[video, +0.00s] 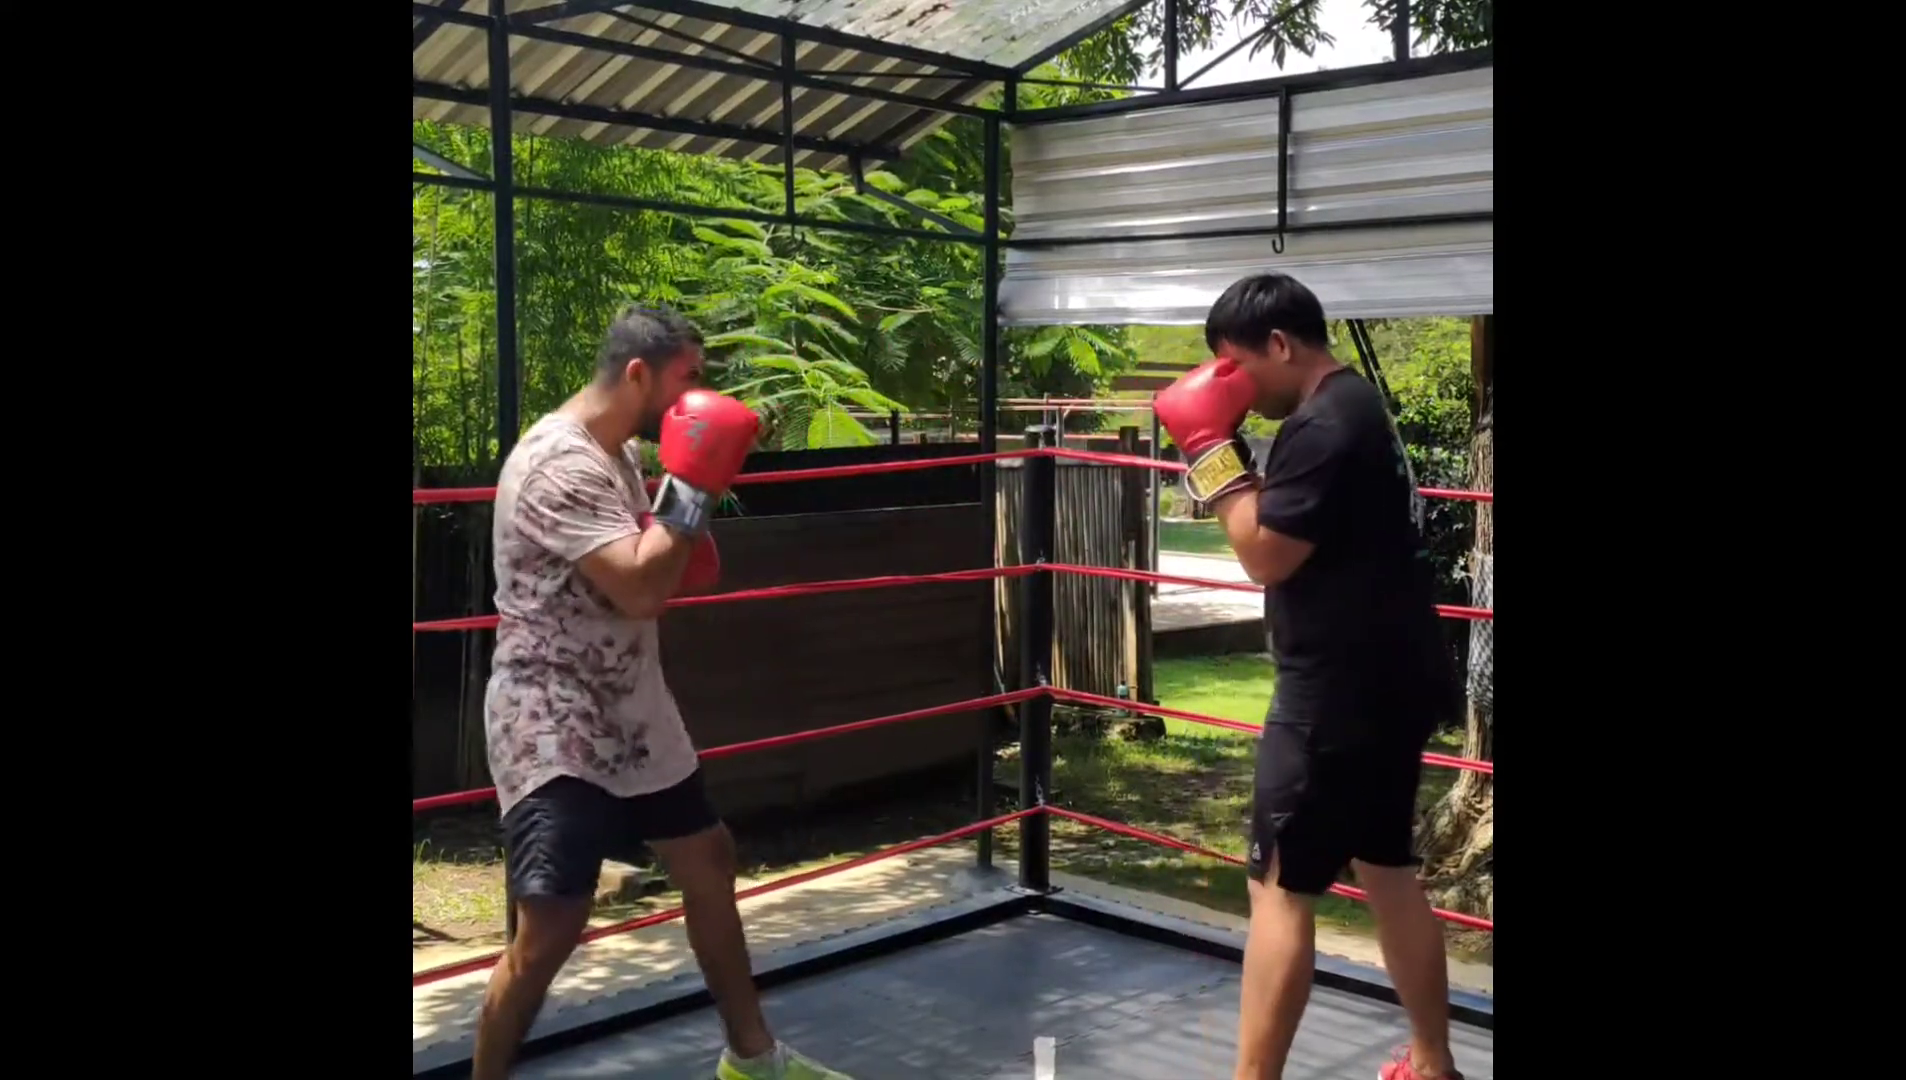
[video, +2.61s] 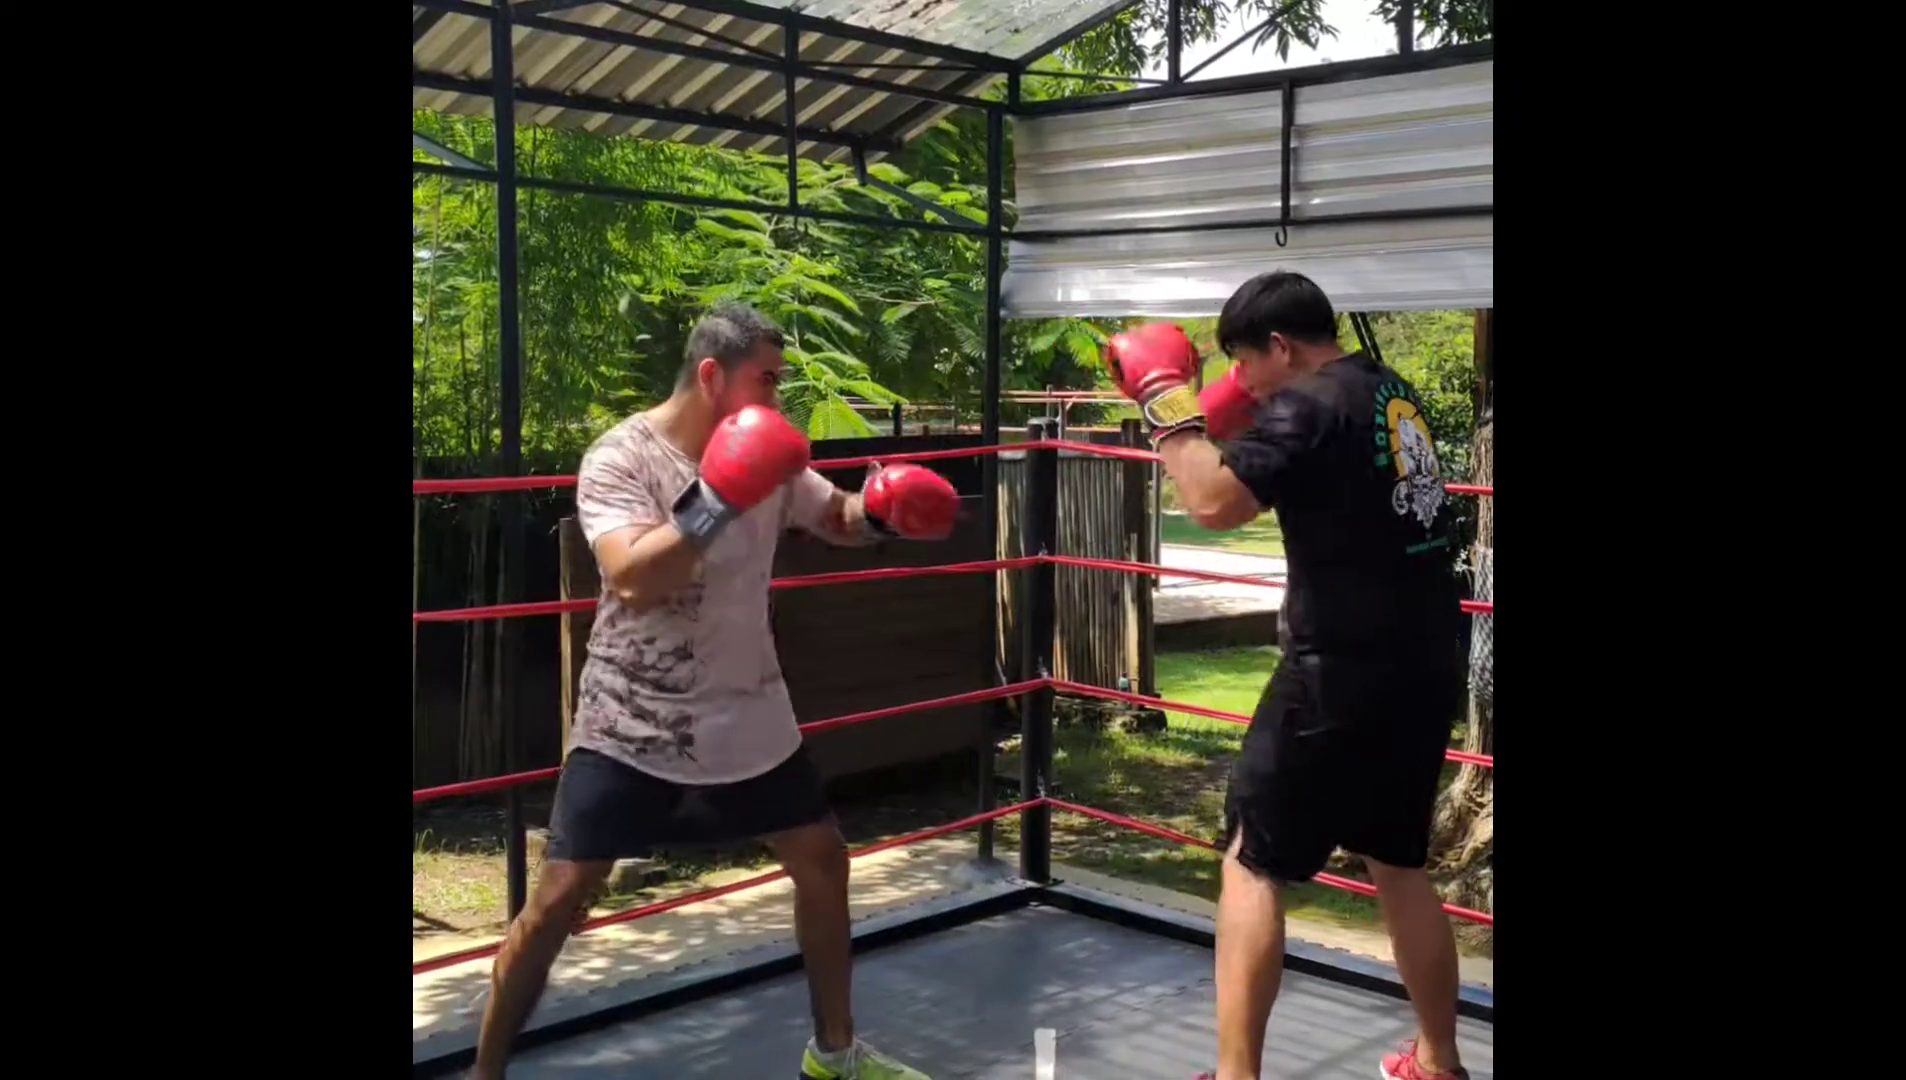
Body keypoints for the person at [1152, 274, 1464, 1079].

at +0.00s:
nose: (1232, 381)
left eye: (1233, 363)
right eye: (1225, 368)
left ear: (1280, 346)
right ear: (1295, 344)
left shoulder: (1326, 423)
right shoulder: (1355, 403)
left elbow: (1268, 559)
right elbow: (1280, 539)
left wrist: (1213, 455)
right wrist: (1229, 452)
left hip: (1331, 691)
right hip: (1387, 686)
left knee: (1278, 886)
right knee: (1388, 872)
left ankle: (1254, 1072)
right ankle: (1433, 1062)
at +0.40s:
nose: (1219, 388)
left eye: (1219, 370)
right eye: (1212, 375)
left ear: (1260, 351)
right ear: (1290, 348)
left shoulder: (1287, 426)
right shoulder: (1366, 406)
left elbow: (1194, 530)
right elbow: (1300, 501)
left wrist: (1165, 435)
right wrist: (1220, 434)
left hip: (1314, 682)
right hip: (1404, 679)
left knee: (1242, 871)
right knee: (1385, 866)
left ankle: (1241, 1070)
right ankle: (1432, 1063)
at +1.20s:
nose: (1193, 387)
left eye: (1191, 367)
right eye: (1187, 371)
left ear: (1230, 350)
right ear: (1274, 342)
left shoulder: (1254, 416)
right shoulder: (1346, 397)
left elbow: (1168, 512)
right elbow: (1290, 490)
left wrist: (1094, 453)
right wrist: (1203, 446)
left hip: (1281, 685)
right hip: (1385, 681)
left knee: (1218, 872)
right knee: (1387, 870)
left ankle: (1204, 1070)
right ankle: (1432, 1059)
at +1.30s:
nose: (1184, 380)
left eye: (1183, 365)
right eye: (1178, 367)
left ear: (1217, 351)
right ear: (1270, 340)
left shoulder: (1214, 409)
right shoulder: (1345, 393)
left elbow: (1064, 433)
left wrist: (952, 389)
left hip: (1281, 678)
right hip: (1386, 678)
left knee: (1222, 871)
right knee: (1389, 867)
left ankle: (1206, 1068)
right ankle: (1434, 1054)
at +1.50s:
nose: (1198, 385)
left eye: (1197, 363)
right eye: (1194, 365)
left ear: (1233, 344)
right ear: (1271, 341)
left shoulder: (1251, 402)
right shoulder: (1342, 394)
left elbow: (1159, 513)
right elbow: (1287, 495)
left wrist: (1062, 445)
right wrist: (1197, 444)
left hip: (1286, 680)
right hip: (1383, 679)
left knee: (1226, 874)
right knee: (1389, 864)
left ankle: (1214, 1070)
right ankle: (1435, 1054)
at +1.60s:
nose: (1208, 386)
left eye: (1209, 367)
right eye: (1201, 371)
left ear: (1251, 346)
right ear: (1273, 343)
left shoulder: (1280, 425)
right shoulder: (1348, 401)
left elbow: (1226, 561)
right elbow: (1294, 532)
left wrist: (1168, 464)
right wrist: (1217, 447)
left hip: (1304, 685)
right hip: (1389, 682)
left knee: (1245, 880)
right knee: (1388, 867)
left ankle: (1227, 1072)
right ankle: (1435, 1059)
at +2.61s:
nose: (1245, 381)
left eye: (1246, 364)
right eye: (1240, 368)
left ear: (1283, 346)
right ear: (1323, 339)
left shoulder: (1313, 406)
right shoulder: (1391, 392)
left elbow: (1213, 500)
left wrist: (1163, 397)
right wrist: (1246, 420)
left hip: (1335, 670)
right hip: (1424, 670)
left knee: (1251, 861)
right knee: (1398, 860)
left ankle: (1235, 1069)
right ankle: (1440, 1058)